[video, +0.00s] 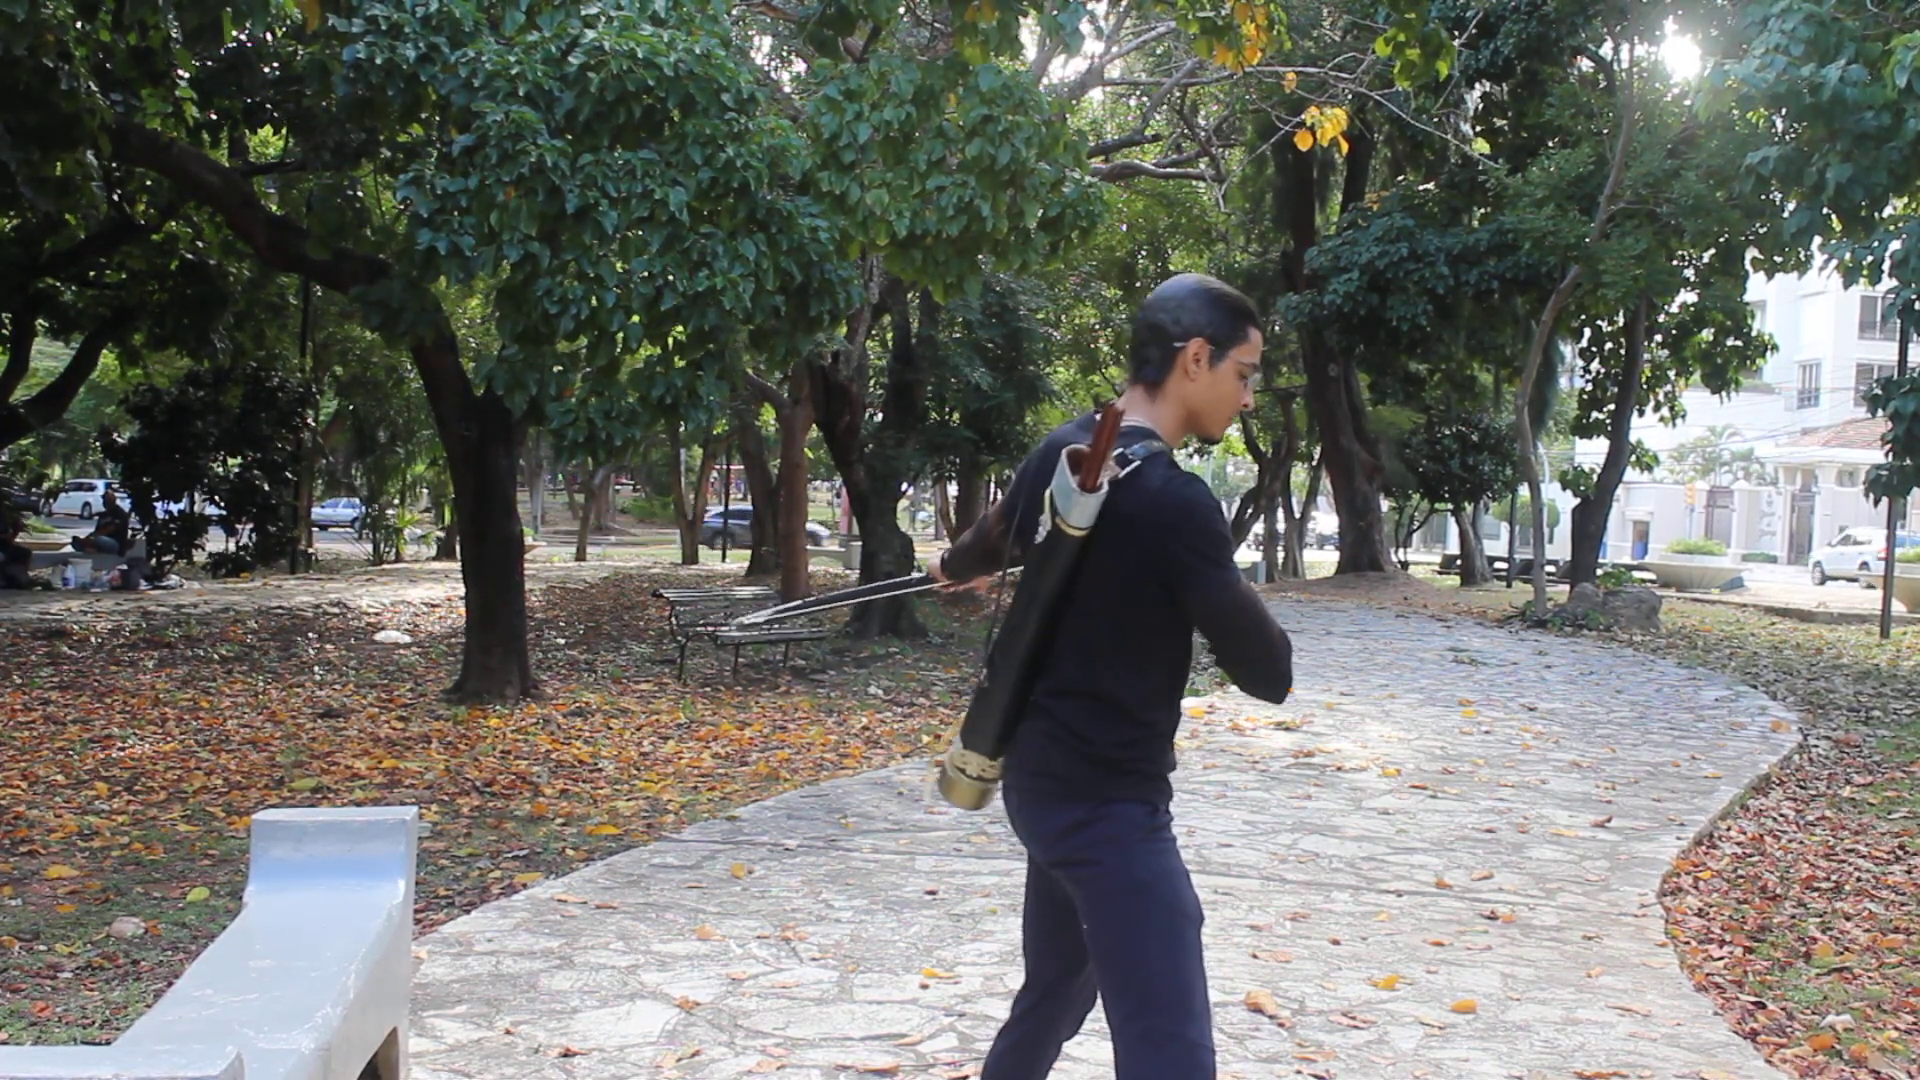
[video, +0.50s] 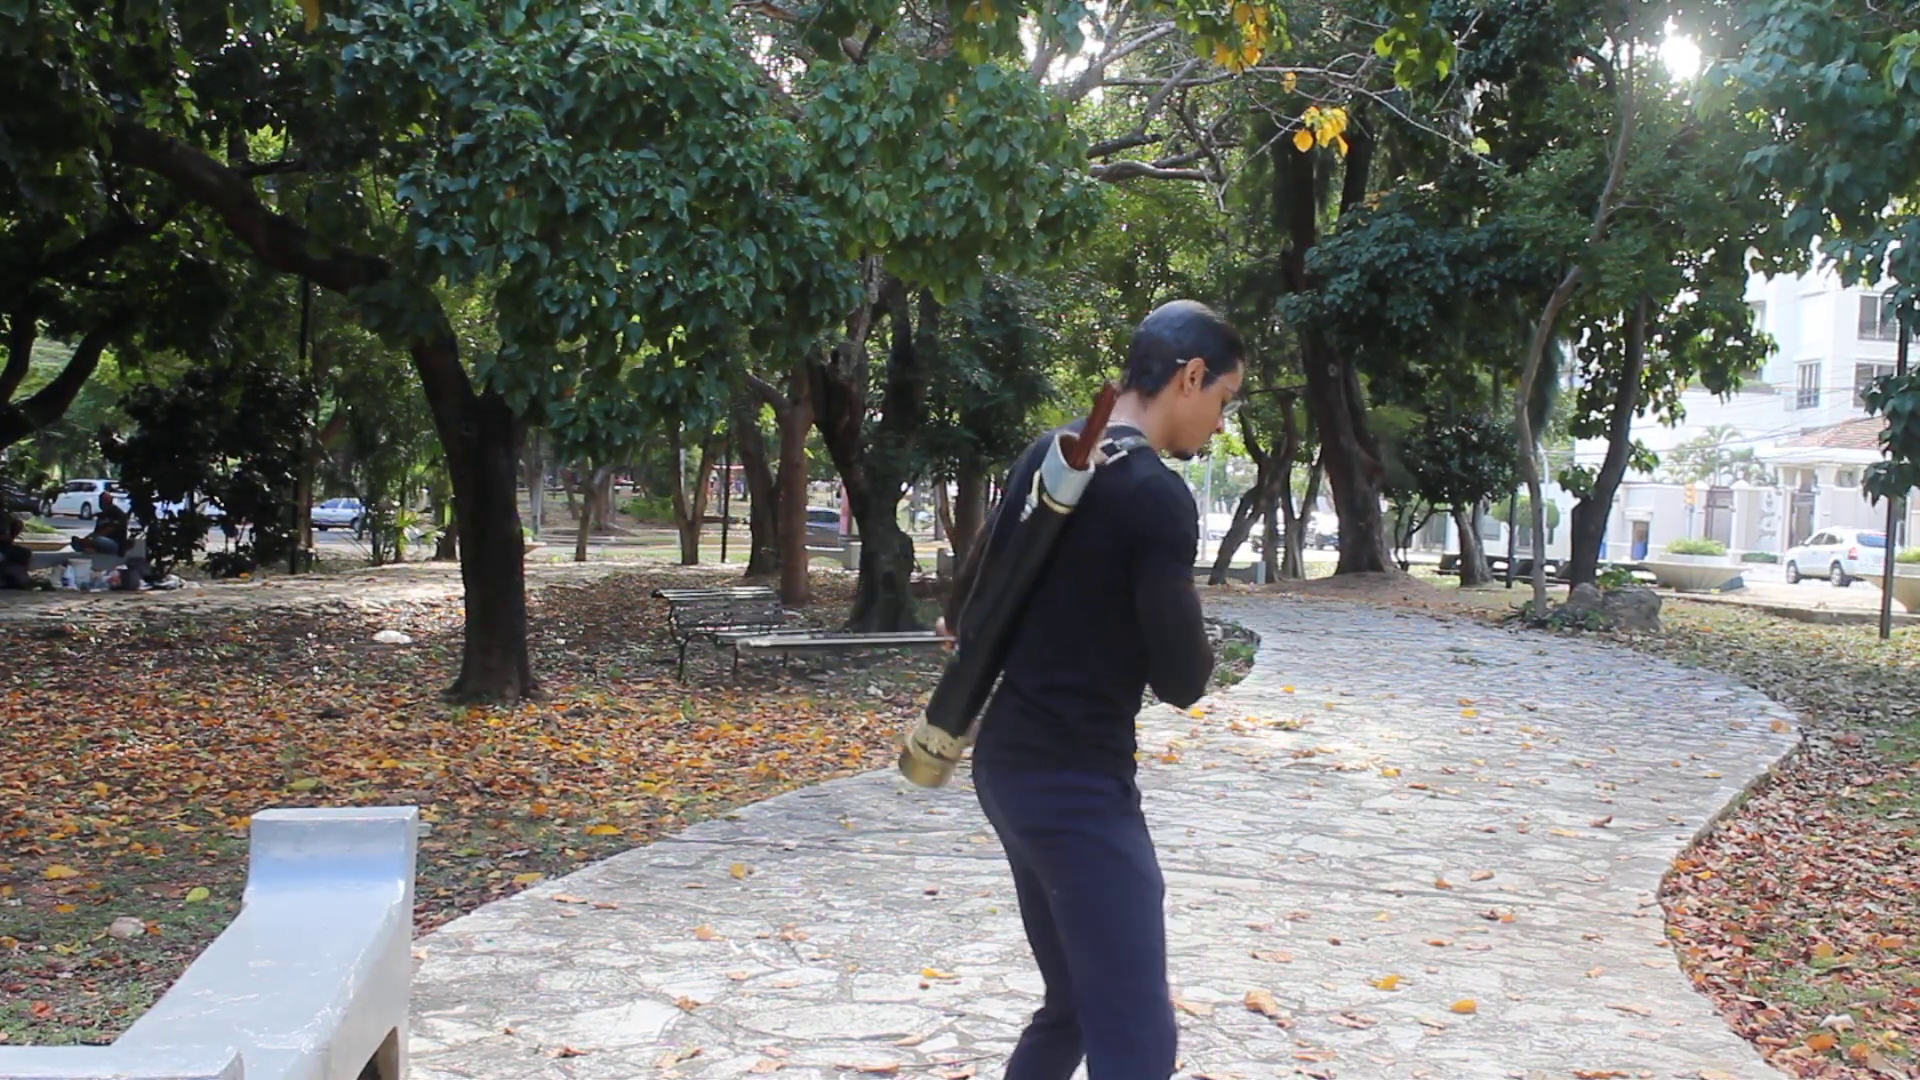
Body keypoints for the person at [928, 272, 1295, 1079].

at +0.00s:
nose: (1250, 397)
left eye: (1253, 378)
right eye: (1245, 374)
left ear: (1173, 359)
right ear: (1192, 359)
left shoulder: (1066, 445)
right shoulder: (1174, 496)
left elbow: (985, 543)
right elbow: (1270, 674)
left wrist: (955, 567)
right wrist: (1221, 583)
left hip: (1046, 781)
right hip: (1107, 801)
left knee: (1053, 1000)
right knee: (1171, 1052)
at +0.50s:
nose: (1221, 423)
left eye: (1229, 405)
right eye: (1225, 399)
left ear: (1138, 373)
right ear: (1188, 376)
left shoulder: (1044, 456)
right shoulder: (1156, 491)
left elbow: (980, 609)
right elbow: (1182, 679)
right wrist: (1193, 631)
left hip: (1013, 763)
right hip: (1078, 779)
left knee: (1070, 1012)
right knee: (1137, 1041)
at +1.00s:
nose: (1247, 413)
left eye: (1255, 395)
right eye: (1249, 388)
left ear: (1183, 363)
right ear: (1203, 364)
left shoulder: (1090, 443)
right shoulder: (1136, 478)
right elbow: (1201, 671)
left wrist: (1197, 615)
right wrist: (1231, 623)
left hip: (1041, 766)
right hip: (1068, 781)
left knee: (1096, 1007)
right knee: (1127, 1031)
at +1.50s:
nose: (1221, 428)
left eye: (1226, 410)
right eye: (1218, 405)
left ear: (1158, 389)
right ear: (1167, 388)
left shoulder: (1079, 474)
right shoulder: (1110, 499)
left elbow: (1072, 640)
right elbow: (1141, 681)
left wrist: (1177, 643)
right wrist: (1208, 655)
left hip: (1057, 778)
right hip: (1074, 788)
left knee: (1057, 969)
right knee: (1130, 1001)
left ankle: (995, 1073)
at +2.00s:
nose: (1200, 406)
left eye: (1202, 386)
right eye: (1191, 384)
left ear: (1130, 377)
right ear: (1137, 373)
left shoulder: (1059, 458)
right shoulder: (1112, 484)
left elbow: (1007, 601)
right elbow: (1200, 639)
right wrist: (1204, 617)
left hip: (1032, 755)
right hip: (1061, 768)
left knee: (997, 967)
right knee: (1081, 1000)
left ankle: (967, 1075)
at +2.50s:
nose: (1190, 393)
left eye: (1192, 375)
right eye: (1176, 372)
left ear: (1111, 377)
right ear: (1116, 372)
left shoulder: (1029, 456)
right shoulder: (1137, 494)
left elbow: (958, 554)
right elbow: (1225, 630)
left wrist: (907, 599)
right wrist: (1161, 565)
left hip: (1021, 747)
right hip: (1068, 765)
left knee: (1006, 959)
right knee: (1102, 997)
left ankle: (968, 1071)